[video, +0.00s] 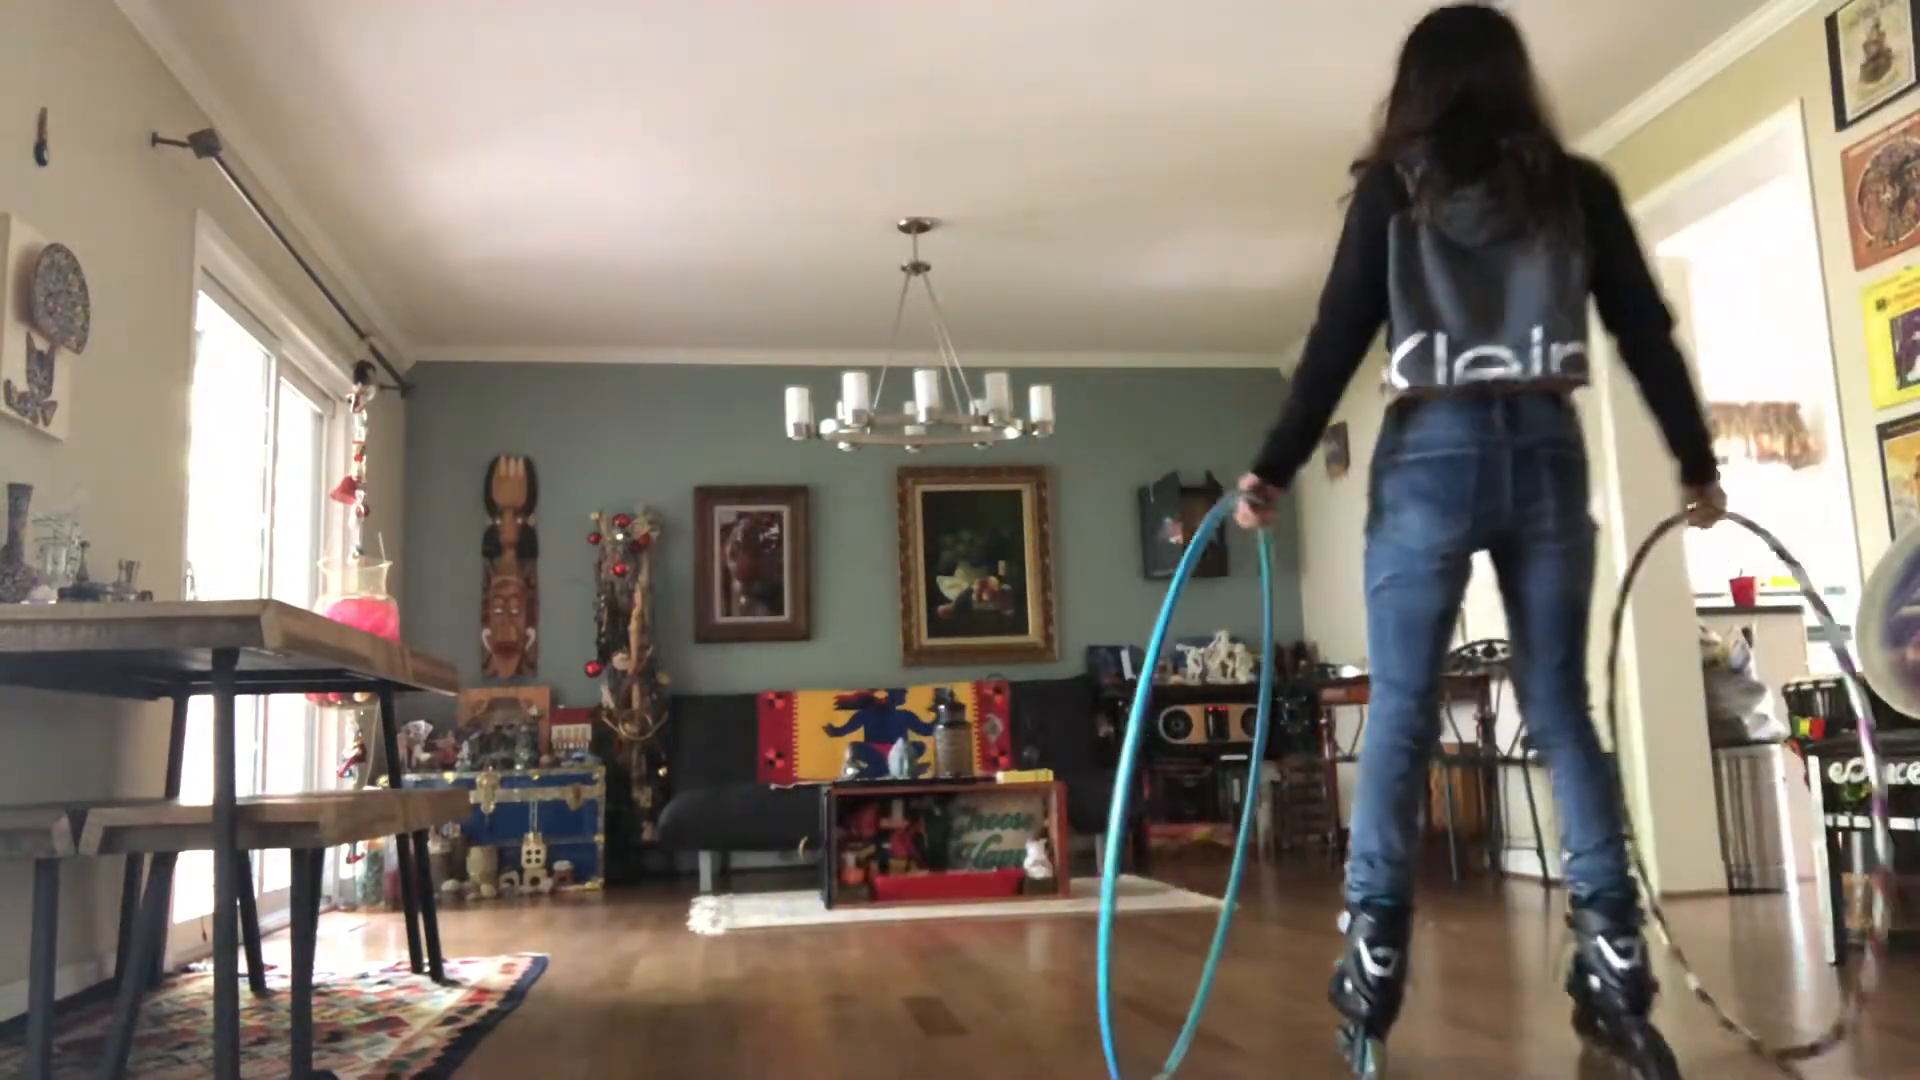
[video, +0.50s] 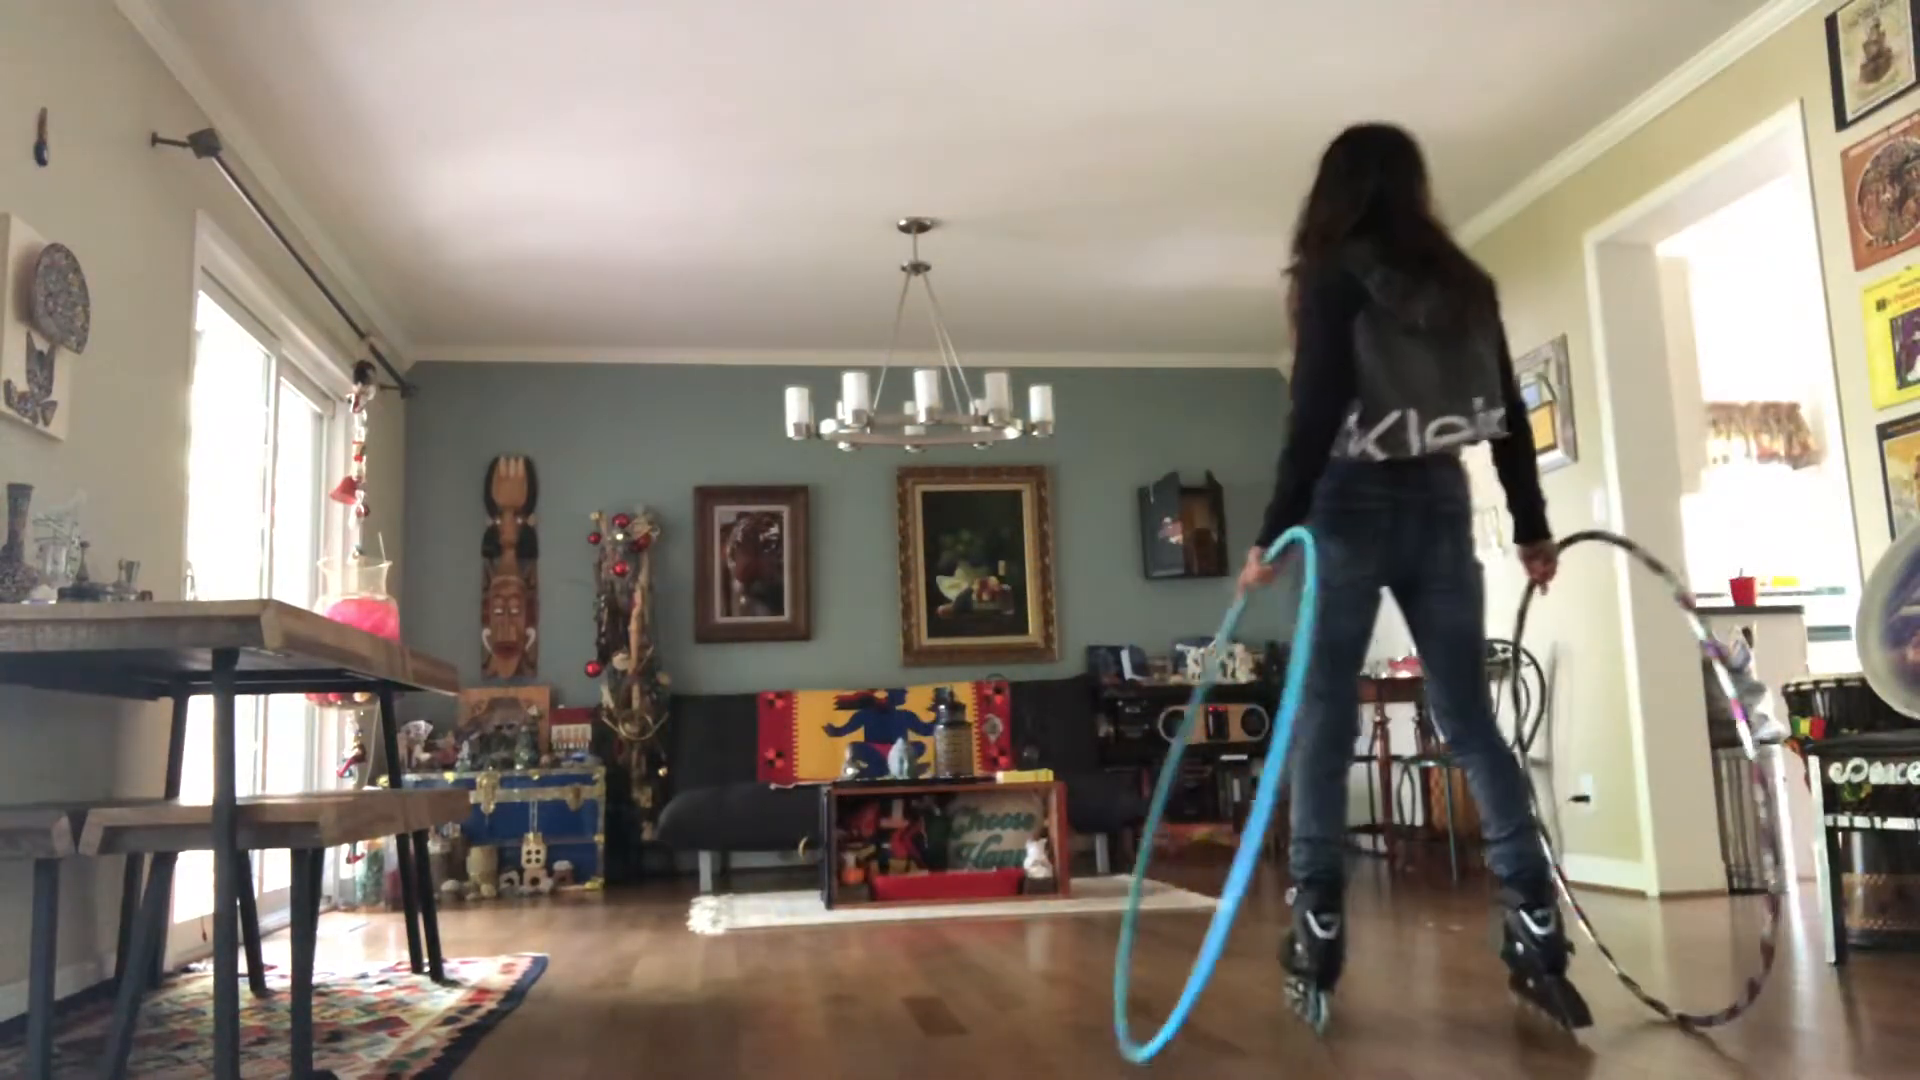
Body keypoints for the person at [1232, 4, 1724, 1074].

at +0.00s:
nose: (1402, 94)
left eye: (1410, 76)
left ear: (1416, 85)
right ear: (1520, 79)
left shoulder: (1389, 187)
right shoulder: (1578, 184)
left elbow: (1340, 338)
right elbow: (1642, 328)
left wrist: (1271, 465)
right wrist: (1696, 458)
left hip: (1429, 442)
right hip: (1551, 442)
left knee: (1401, 704)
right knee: (1559, 703)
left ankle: (1375, 951)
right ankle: (1615, 951)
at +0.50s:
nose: (1316, 202)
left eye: (1324, 184)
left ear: (1335, 190)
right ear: (1418, 189)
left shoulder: (1329, 274)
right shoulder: (1464, 278)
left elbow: (1318, 403)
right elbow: (1505, 410)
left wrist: (1274, 530)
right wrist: (1531, 525)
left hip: (1351, 502)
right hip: (1443, 500)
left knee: (1326, 712)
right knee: (1469, 718)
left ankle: (1319, 921)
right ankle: (1537, 919)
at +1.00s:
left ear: (1284, 273)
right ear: (1364, 267)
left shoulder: (1264, 346)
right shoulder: (1400, 337)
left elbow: (1229, 456)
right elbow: (1447, 445)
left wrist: (1200, 557)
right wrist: (1490, 544)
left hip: (1289, 531)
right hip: (1383, 529)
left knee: (1283, 717)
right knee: (1405, 719)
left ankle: (1266, 894)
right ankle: (1460, 893)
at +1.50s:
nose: (1231, 334)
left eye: (1236, 321)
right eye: (1234, 321)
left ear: (1250, 322)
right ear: (1299, 319)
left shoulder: (1266, 378)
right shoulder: (1326, 379)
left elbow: (1274, 478)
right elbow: (1357, 491)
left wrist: (1238, 572)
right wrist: (1328, 551)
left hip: (1290, 561)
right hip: (1332, 561)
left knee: (1237, 729)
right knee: (1336, 735)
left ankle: (1268, 887)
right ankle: (1384, 887)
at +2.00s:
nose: (1134, 354)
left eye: (1145, 341)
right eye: (1133, 342)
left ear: (1178, 343)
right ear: (1139, 347)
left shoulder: (1222, 403)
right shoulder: (1144, 415)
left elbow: (1270, 493)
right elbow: (1136, 509)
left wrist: (1280, 584)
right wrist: (1092, 567)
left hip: (1206, 562)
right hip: (1148, 568)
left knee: (1170, 725)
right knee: (1147, 730)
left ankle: (1214, 878)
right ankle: (1156, 875)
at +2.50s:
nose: (1078, 340)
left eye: (1090, 328)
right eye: (1072, 332)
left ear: (1123, 331)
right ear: (1067, 341)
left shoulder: (1165, 403)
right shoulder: (1058, 407)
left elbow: (1202, 475)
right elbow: (1021, 479)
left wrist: (1238, 537)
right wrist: (982, 539)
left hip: (1159, 573)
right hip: (1082, 579)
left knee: (1167, 732)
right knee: (1069, 738)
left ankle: (1178, 881)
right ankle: (1074, 887)